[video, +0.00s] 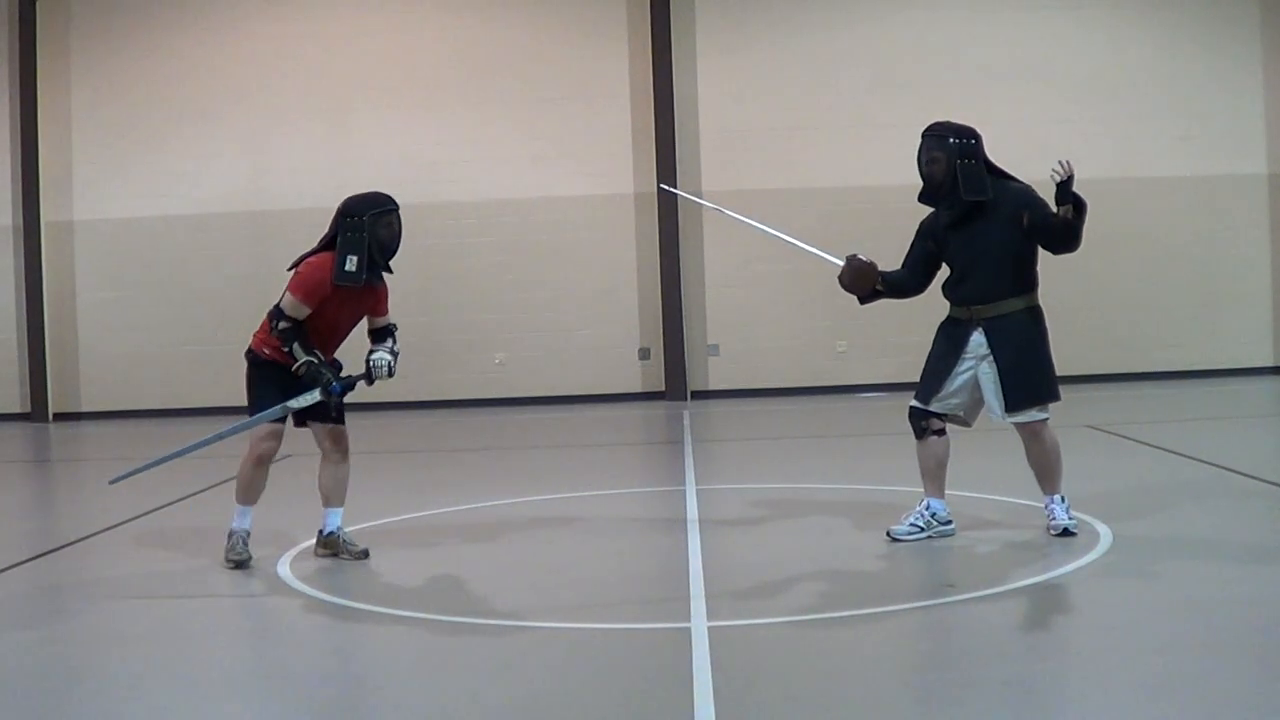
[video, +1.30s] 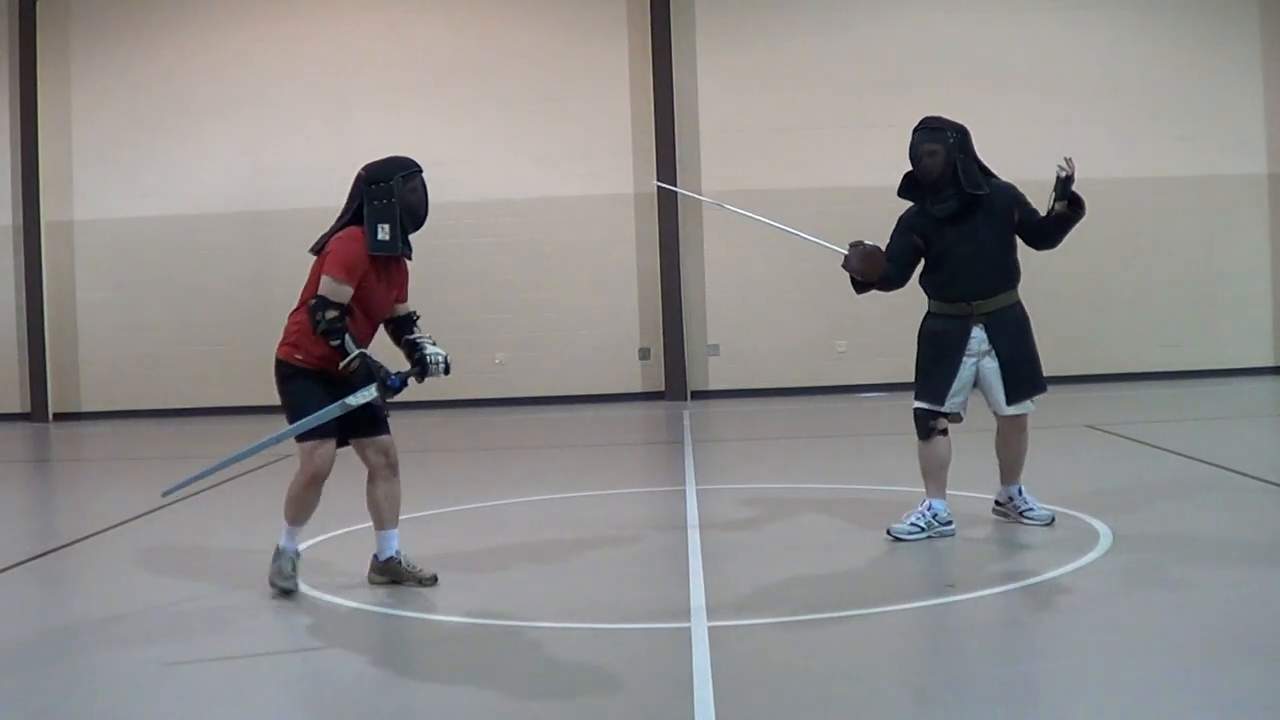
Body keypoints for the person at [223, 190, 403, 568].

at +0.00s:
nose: (394, 235)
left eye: (395, 227)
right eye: (386, 227)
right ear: (360, 229)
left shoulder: (374, 283)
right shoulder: (320, 270)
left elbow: (381, 330)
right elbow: (280, 324)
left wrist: (383, 352)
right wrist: (309, 364)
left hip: (319, 366)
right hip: (272, 360)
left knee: (336, 444)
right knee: (266, 445)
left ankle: (331, 533)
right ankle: (239, 532)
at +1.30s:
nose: (423, 199)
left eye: (421, 189)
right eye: (414, 190)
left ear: (393, 197)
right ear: (388, 195)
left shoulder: (395, 256)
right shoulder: (350, 245)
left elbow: (399, 318)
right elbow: (326, 316)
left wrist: (420, 350)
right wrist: (365, 364)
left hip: (350, 367)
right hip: (304, 365)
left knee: (382, 458)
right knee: (318, 462)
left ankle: (387, 558)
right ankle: (287, 551)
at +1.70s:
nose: (453, 201)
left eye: (451, 192)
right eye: (446, 193)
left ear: (412, 201)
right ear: (425, 201)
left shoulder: (417, 250)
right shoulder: (394, 254)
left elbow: (437, 291)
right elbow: (372, 330)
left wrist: (467, 312)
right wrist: (422, 361)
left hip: (371, 374)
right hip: (333, 373)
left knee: (427, 445)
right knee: (352, 481)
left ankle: (459, 544)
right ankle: (299, 571)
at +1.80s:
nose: (471, 213)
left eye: (470, 204)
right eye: (464, 205)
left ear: (429, 214)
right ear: (445, 215)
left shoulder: (435, 257)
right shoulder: (416, 271)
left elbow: (468, 280)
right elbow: (408, 349)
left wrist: (498, 295)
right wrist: (465, 358)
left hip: (390, 377)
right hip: (352, 379)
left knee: (456, 435)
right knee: (369, 489)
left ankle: (517, 520)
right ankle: (298, 566)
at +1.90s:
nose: (503, 221)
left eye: (500, 212)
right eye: (495, 213)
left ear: (460, 224)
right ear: (473, 224)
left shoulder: (464, 265)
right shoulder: (442, 279)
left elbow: (516, 289)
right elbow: (482, 351)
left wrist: (542, 280)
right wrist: (533, 321)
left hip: (416, 389)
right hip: (380, 391)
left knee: (495, 431)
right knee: (374, 499)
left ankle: (566, 508)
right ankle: (302, 570)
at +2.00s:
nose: (544, 217)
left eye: (541, 208)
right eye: (538, 208)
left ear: (503, 218)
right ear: (519, 216)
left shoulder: (506, 260)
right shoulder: (495, 262)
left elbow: (561, 303)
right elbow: (565, 302)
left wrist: (606, 274)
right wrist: (613, 271)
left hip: (465, 390)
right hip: (426, 388)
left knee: (538, 444)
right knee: (383, 482)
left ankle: (591, 531)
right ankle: (309, 564)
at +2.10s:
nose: (591, 215)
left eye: (585, 207)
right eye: (583, 207)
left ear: (546, 220)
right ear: (572, 217)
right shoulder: (576, 258)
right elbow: (643, 251)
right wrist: (697, 233)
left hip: (494, 383)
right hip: (491, 383)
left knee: (579, 451)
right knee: (433, 480)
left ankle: (610, 546)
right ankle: (338, 538)